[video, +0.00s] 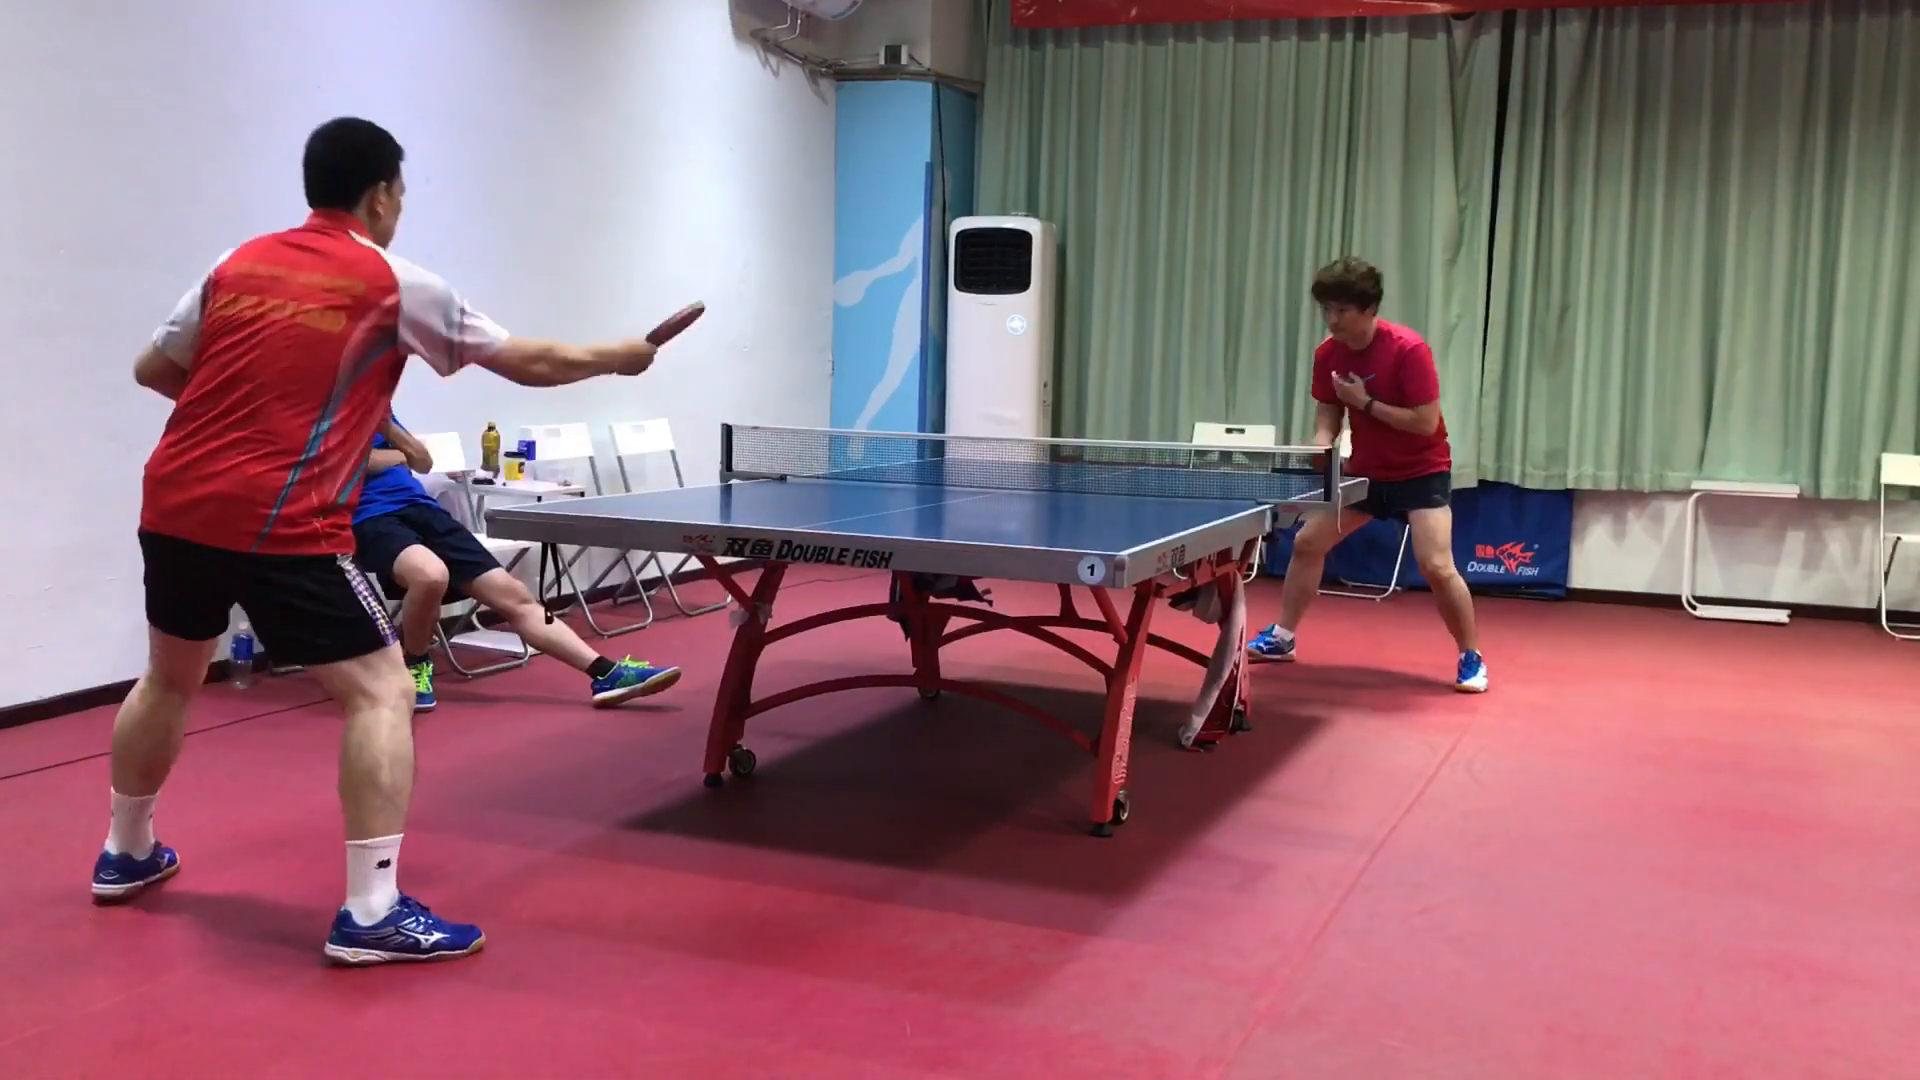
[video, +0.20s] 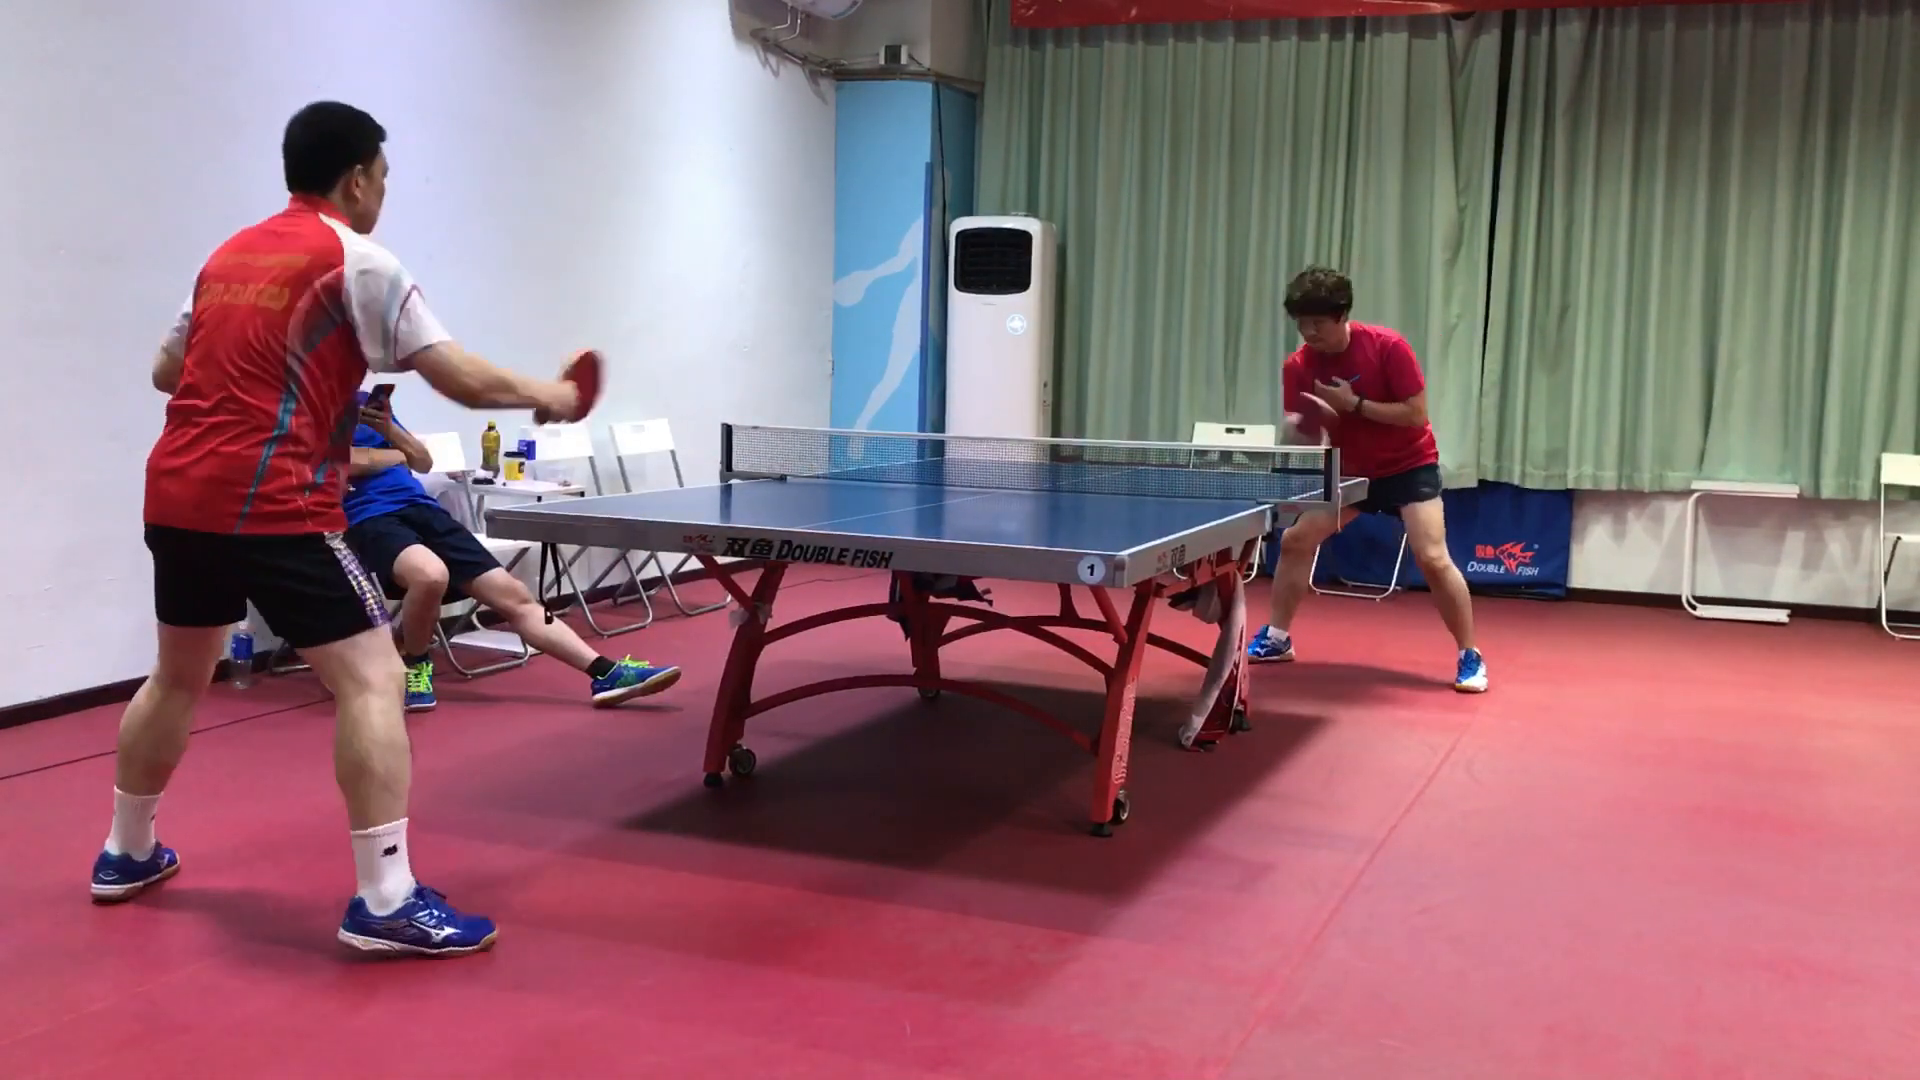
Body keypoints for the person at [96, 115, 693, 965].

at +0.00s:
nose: (402, 207)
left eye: (401, 193)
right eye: (399, 193)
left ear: (312, 196)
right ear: (378, 198)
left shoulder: (239, 262)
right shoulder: (395, 283)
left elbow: (156, 366)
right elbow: (527, 363)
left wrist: (251, 405)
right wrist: (623, 355)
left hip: (176, 506)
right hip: (290, 522)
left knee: (168, 681)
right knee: (378, 690)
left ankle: (125, 850)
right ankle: (371, 910)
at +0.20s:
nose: (383, 190)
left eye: (380, 174)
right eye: (380, 174)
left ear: (297, 176)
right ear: (356, 178)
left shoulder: (230, 253)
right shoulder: (362, 263)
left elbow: (169, 370)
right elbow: (452, 374)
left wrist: (270, 400)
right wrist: (550, 396)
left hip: (178, 499)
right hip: (277, 506)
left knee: (176, 679)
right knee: (370, 681)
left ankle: (125, 852)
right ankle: (386, 899)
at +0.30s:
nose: (402, 214)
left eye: (401, 198)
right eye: (399, 198)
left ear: (313, 199)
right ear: (371, 200)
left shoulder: (247, 268)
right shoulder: (364, 278)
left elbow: (244, 411)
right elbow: (436, 404)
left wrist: (350, 453)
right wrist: (507, 436)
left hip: (173, 511)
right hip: (269, 522)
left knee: (192, 676)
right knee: (373, 687)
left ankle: (127, 850)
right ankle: (384, 908)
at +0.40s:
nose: (416, 255)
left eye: (417, 240)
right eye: (415, 239)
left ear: (331, 230)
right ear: (393, 237)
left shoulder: (264, 293)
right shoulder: (374, 314)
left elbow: (247, 414)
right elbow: (436, 444)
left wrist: (343, 458)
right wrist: (472, 493)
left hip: (170, 533)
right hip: (265, 545)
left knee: (202, 681)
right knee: (403, 690)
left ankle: (128, 853)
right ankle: (386, 909)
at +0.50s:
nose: (427, 259)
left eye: (429, 245)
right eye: (426, 245)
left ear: (340, 235)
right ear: (404, 244)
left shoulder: (266, 296)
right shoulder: (396, 329)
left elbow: (189, 412)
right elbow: (473, 467)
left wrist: (324, 456)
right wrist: (464, 506)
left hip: (173, 533)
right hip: (272, 548)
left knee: (194, 684)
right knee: (411, 692)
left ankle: (127, 853)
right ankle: (386, 908)